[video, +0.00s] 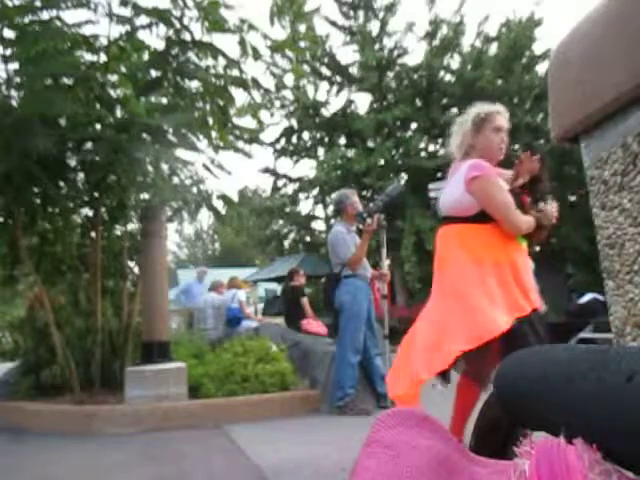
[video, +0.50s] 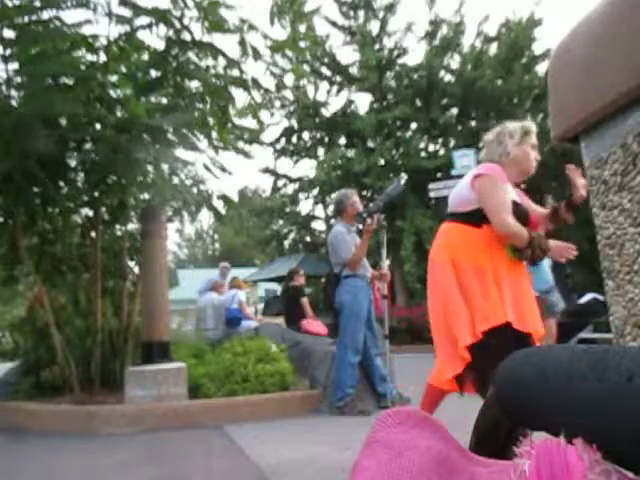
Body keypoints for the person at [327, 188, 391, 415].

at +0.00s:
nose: (361, 207)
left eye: (359, 203)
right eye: (356, 203)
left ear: (351, 207)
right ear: (346, 207)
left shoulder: (352, 233)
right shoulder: (338, 233)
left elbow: (358, 264)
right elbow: (353, 262)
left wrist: (374, 274)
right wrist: (367, 236)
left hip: (363, 284)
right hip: (350, 284)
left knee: (370, 342)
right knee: (351, 342)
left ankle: (384, 392)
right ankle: (344, 397)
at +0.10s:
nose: (361, 207)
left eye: (359, 203)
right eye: (356, 203)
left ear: (351, 207)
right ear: (346, 207)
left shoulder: (352, 233)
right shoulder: (338, 233)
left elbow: (358, 264)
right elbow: (353, 262)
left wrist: (374, 274)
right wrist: (367, 236)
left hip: (363, 284)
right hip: (350, 284)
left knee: (369, 342)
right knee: (351, 343)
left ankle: (385, 392)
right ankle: (343, 397)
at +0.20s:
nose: (361, 206)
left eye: (359, 202)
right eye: (356, 202)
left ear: (350, 207)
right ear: (346, 207)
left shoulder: (352, 232)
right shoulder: (338, 233)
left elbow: (358, 265)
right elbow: (353, 262)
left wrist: (374, 274)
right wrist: (367, 235)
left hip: (363, 285)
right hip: (351, 285)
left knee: (370, 344)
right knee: (351, 344)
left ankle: (387, 393)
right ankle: (343, 397)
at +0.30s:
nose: (361, 206)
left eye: (360, 202)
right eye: (356, 202)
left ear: (350, 207)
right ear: (346, 207)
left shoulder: (352, 232)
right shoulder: (338, 233)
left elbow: (358, 266)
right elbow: (353, 262)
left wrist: (374, 274)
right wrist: (367, 235)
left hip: (363, 285)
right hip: (351, 285)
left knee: (370, 343)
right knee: (351, 344)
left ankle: (385, 391)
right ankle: (344, 397)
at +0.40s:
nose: (361, 206)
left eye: (360, 202)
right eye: (356, 202)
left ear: (351, 207)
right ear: (346, 207)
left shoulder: (352, 232)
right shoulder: (338, 233)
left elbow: (358, 266)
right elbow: (353, 262)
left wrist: (375, 274)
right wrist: (367, 235)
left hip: (363, 285)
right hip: (351, 285)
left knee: (370, 344)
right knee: (351, 344)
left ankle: (386, 392)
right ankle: (344, 398)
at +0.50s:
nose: (361, 206)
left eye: (360, 202)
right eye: (356, 202)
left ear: (351, 207)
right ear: (346, 207)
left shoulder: (352, 232)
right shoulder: (338, 233)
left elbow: (358, 266)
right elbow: (353, 262)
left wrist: (375, 274)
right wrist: (367, 235)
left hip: (363, 285)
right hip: (351, 285)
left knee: (370, 344)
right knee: (351, 344)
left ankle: (386, 392)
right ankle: (344, 398)